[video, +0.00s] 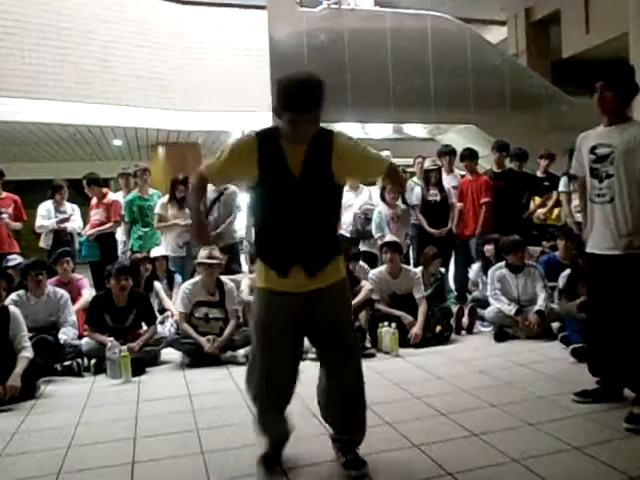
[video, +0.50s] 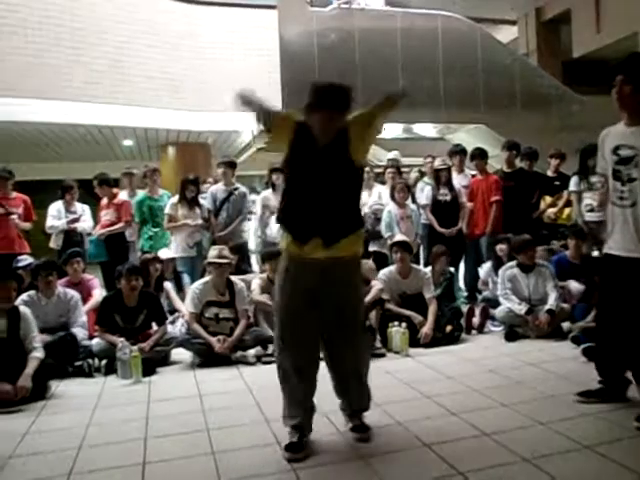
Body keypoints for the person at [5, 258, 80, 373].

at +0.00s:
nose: (39, 278)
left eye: (42, 274)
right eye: (34, 275)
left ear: (47, 277)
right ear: (26, 280)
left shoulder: (60, 296)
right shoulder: (15, 300)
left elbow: (70, 325)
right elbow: (9, 327)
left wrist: (61, 340)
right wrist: (21, 336)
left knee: (74, 349)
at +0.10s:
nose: (39, 278)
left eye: (41, 274)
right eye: (34, 275)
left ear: (47, 277)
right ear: (26, 280)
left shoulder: (61, 296)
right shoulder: (15, 300)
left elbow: (71, 326)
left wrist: (59, 340)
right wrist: (21, 337)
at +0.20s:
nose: (39, 280)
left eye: (41, 276)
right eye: (33, 277)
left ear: (47, 278)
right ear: (26, 282)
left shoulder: (61, 298)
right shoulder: (15, 302)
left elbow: (71, 328)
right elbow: (10, 331)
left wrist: (57, 341)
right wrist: (22, 338)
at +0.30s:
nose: (39, 279)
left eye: (41, 274)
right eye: (34, 275)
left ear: (47, 277)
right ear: (26, 280)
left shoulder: (61, 296)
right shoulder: (15, 300)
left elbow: (71, 327)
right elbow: (9, 330)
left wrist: (55, 340)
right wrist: (22, 337)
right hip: (27, 345)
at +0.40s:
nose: (41, 280)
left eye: (44, 275)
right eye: (36, 277)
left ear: (50, 277)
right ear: (29, 282)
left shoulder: (65, 297)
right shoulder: (18, 302)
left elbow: (75, 330)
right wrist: (29, 338)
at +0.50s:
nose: (49, 279)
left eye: (51, 275)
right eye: (44, 276)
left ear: (57, 277)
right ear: (36, 281)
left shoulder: (71, 297)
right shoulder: (26, 301)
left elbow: (82, 331)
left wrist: (52, 338)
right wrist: (35, 338)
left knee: (70, 339)